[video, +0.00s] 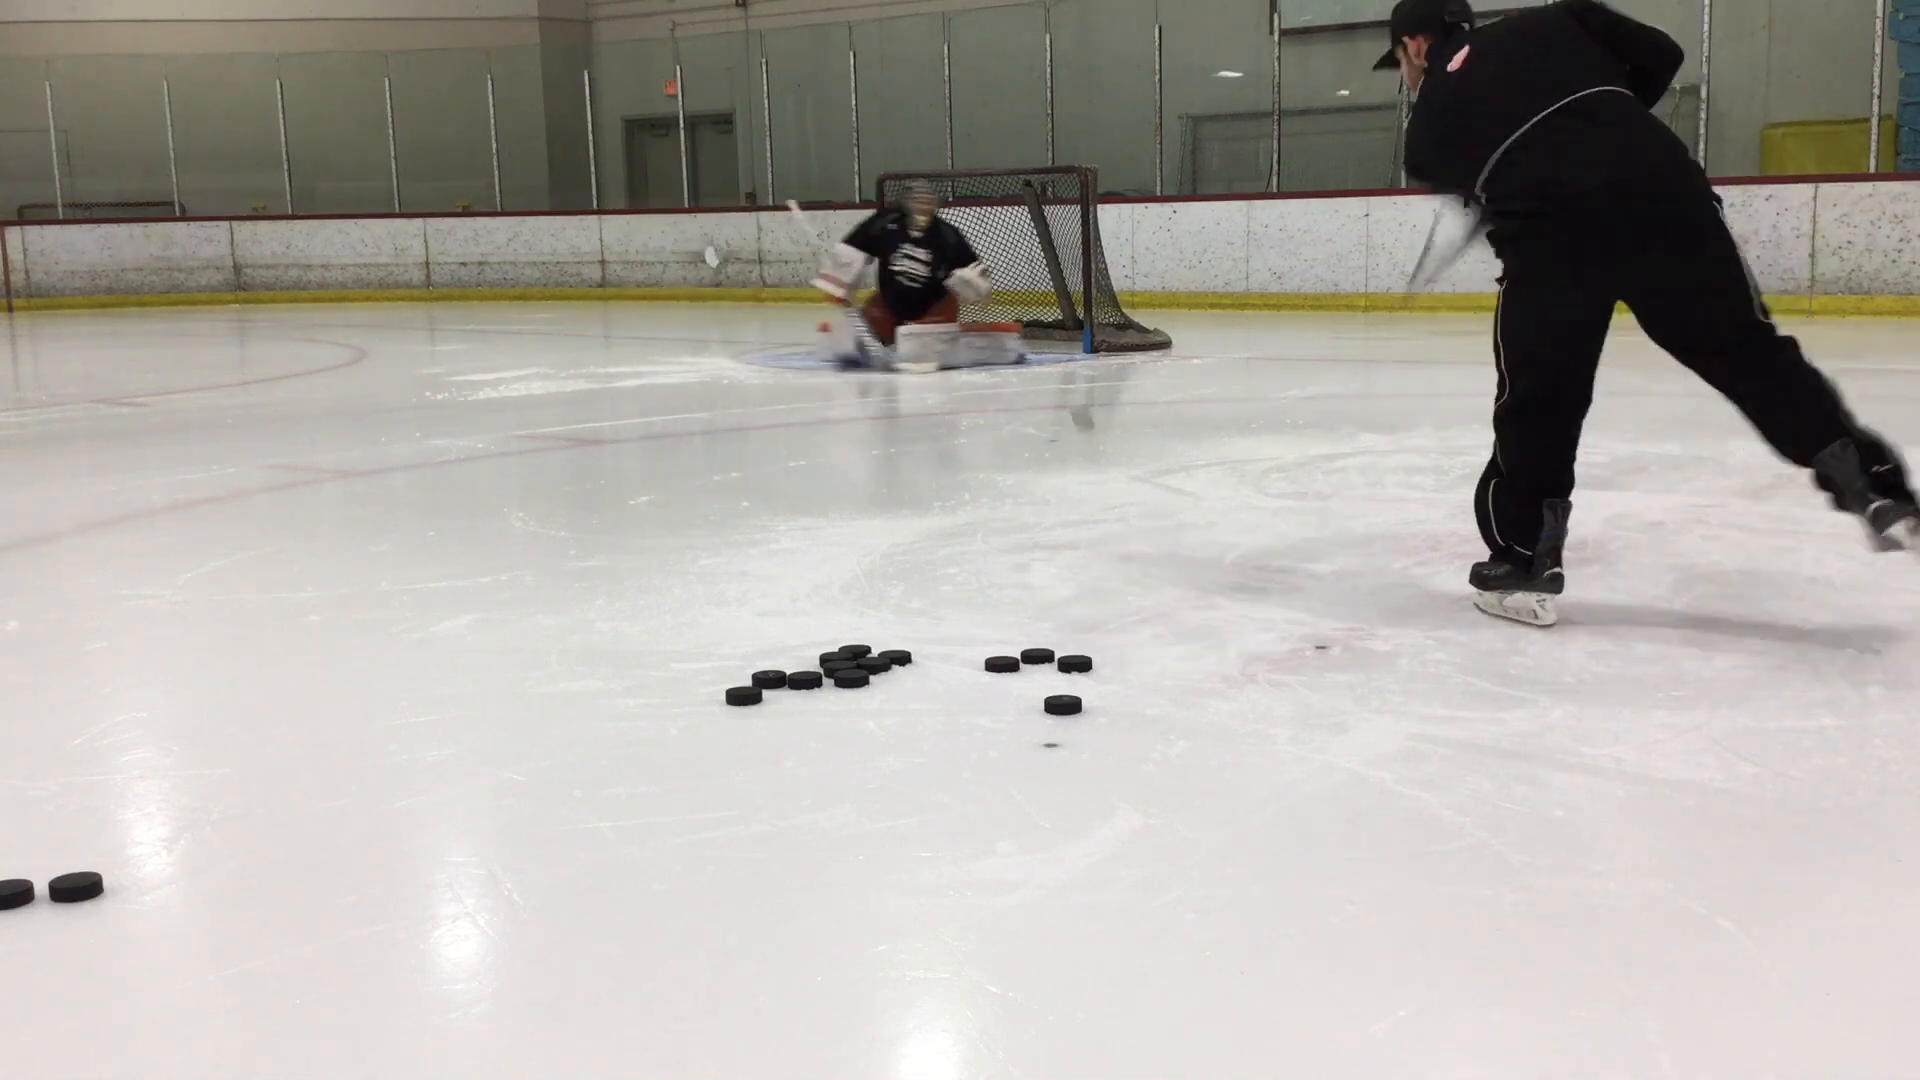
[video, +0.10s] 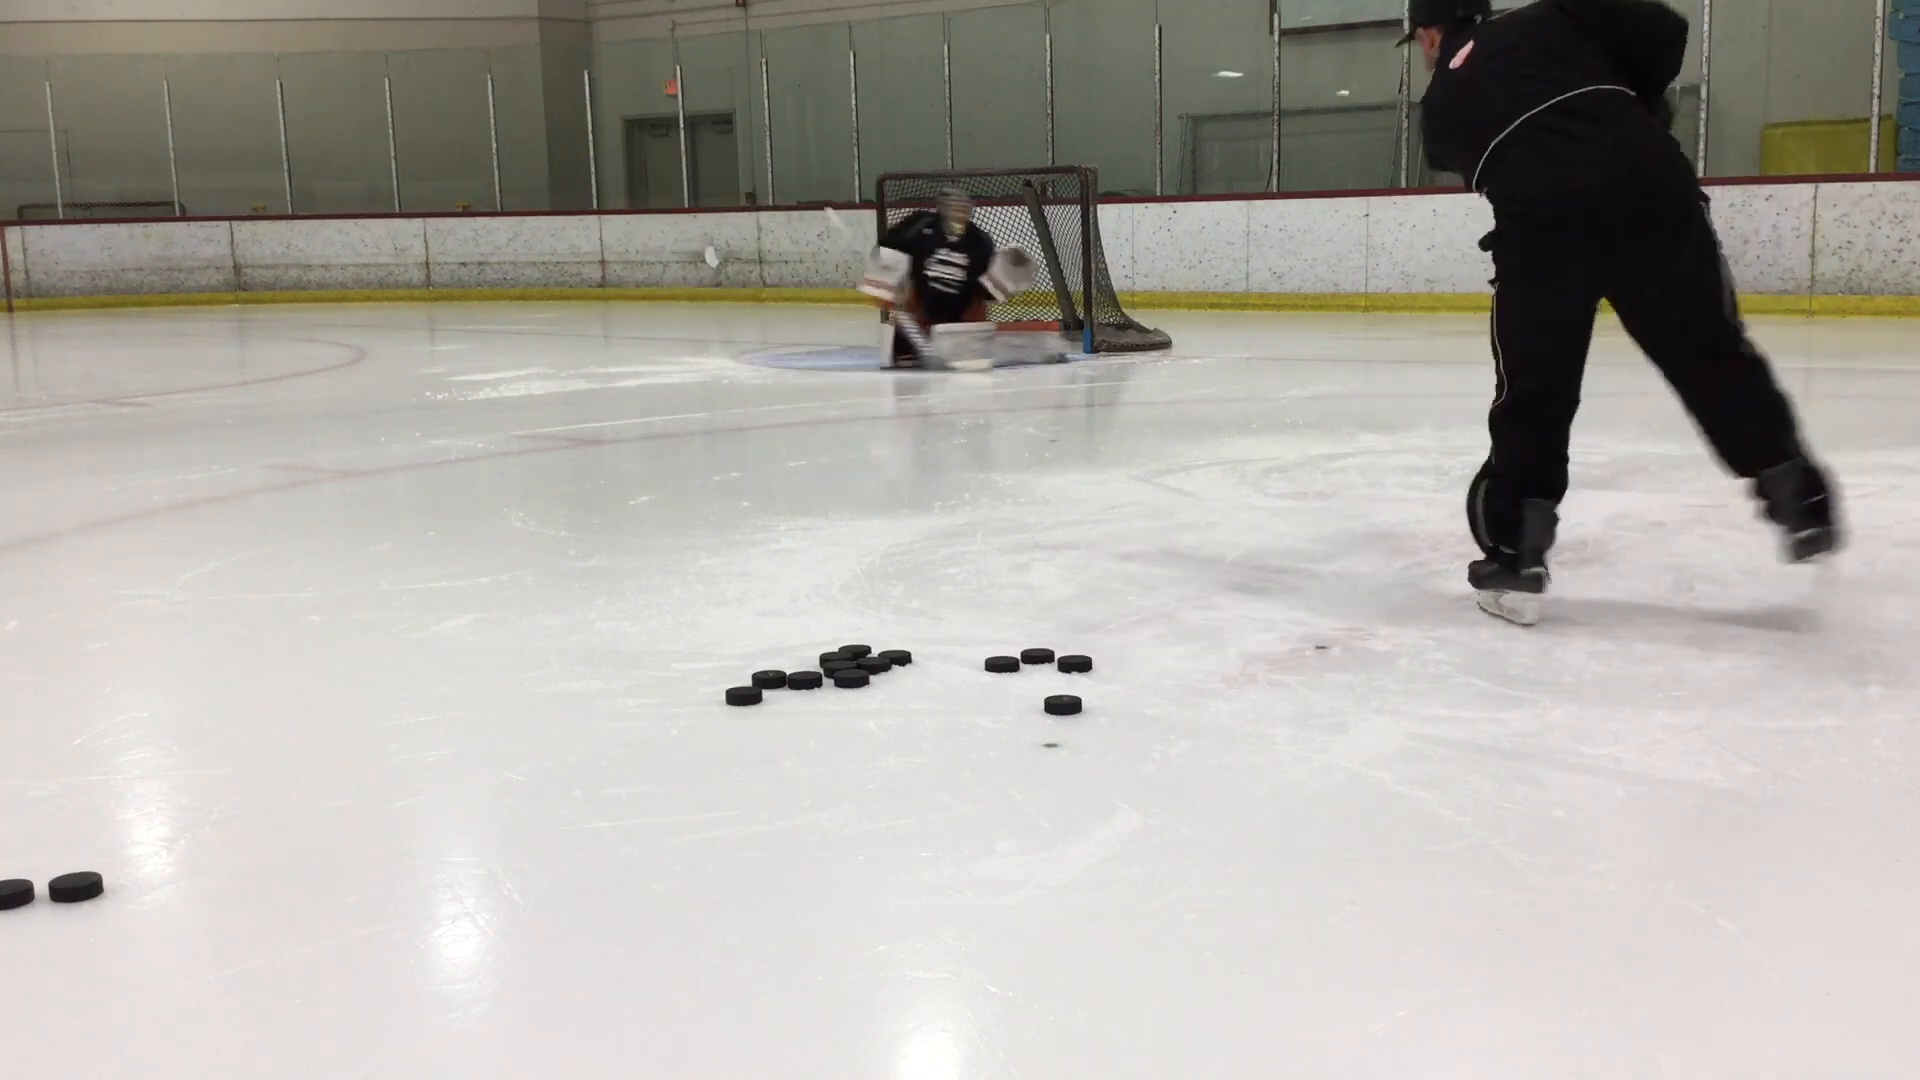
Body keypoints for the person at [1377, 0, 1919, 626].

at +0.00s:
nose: (1401, 77)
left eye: (1400, 62)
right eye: (1399, 64)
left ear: (1418, 48)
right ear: (1465, 27)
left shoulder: (1427, 127)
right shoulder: (1558, 20)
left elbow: (1453, 180)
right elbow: (1658, 54)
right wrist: (1603, 124)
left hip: (1554, 240)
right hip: (1665, 201)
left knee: (1540, 396)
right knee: (1742, 344)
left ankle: (1527, 557)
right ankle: (1865, 476)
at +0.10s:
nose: (1418, 50)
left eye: (1419, 38)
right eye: (1416, 39)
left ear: (1438, 32)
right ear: (1481, 16)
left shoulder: (1442, 102)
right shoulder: (1557, 14)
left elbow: (1449, 154)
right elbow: (1664, 28)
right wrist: (1636, 102)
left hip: (1544, 229)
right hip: (1653, 200)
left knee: (1534, 389)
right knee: (1709, 349)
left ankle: (1520, 548)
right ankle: (1794, 490)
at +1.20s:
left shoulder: (1664, 4)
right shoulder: (1810, 5)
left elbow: (1627, 80)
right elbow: (1837, 83)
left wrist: (1549, 161)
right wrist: (1783, 149)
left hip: (1696, 197)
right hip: (1786, 199)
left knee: (1663, 373)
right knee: (1751, 373)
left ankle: (1674, 543)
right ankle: (1775, 532)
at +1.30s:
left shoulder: (1679, 3)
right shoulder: (1808, 6)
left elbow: (1650, 73)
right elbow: (1823, 99)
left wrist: (1565, 153)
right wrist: (1755, 150)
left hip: (1704, 199)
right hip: (1790, 202)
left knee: (1679, 374)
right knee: (1757, 371)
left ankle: (1698, 546)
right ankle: (1776, 532)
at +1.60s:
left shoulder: (1718, 2)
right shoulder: (1774, 11)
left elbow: (1713, 70)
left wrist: (1654, 172)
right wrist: (1654, 189)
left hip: (1730, 201)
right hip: (1782, 197)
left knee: (1709, 377)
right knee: (1755, 375)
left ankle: (1728, 554)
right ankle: (1778, 538)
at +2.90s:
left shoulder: (1561, 13)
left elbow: (1554, 126)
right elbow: (1747, 45)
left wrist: (1554, 224)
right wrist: (1720, 82)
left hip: (1642, 211)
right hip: (1740, 193)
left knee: (1626, 393)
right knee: (1719, 380)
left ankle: (1654, 571)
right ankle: (1742, 550)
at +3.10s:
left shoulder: (1570, 10)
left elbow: (1556, 114)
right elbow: (1778, 25)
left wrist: (1556, 227)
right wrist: (1732, 101)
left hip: (1647, 212)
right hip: (1747, 199)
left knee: (1626, 394)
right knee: (1727, 383)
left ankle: (1643, 572)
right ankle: (1743, 553)